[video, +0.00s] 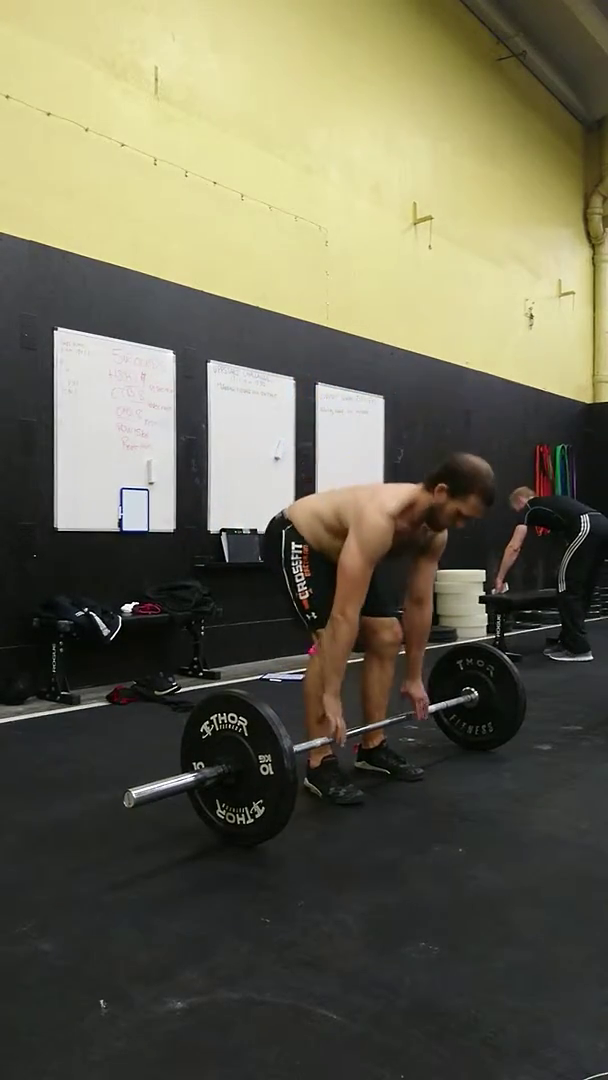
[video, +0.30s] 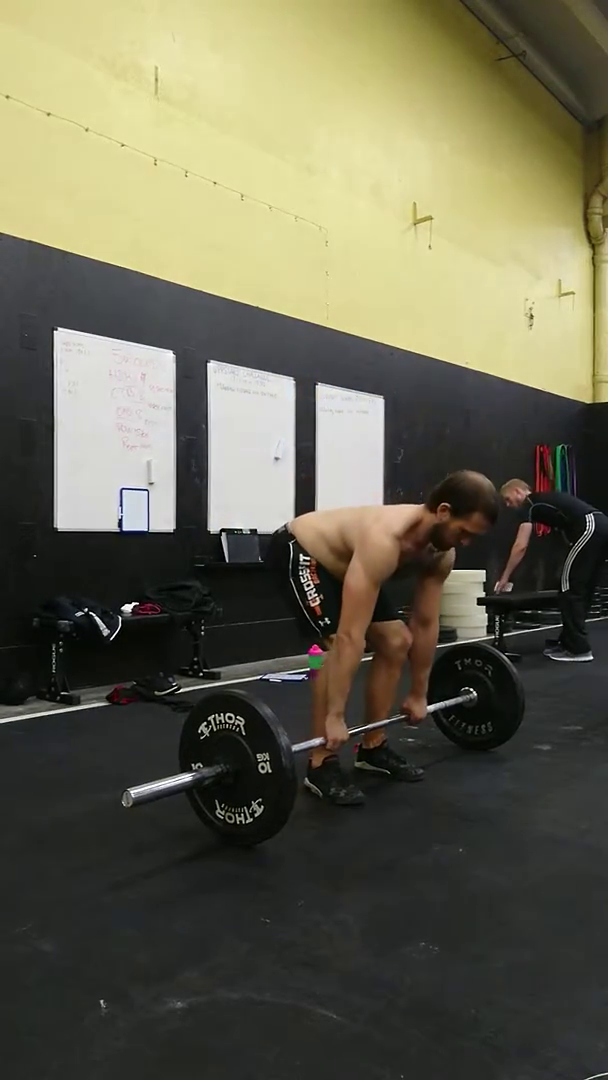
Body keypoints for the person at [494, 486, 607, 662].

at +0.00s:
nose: (519, 512)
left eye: (518, 508)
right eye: (517, 509)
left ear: (521, 501)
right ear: (531, 497)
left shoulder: (531, 508)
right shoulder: (550, 502)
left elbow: (514, 547)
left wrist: (500, 578)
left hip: (587, 528)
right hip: (600, 525)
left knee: (567, 585)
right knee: (582, 586)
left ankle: (578, 648)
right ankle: (569, 641)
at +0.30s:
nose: (508, 505)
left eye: (508, 500)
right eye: (506, 502)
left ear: (519, 493)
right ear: (522, 492)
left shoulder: (530, 504)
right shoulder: (541, 499)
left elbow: (520, 546)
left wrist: (504, 578)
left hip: (590, 527)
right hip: (599, 525)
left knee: (569, 585)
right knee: (580, 586)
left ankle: (578, 648)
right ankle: (569, 642)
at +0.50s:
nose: (506, 483)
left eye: (507, 477)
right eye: (503, 481)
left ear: (521, 470)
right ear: (522, 473)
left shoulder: (533, 487)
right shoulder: (541, 486)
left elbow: (540, 529)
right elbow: (567, 526)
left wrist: (525, 559)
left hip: (593, 525)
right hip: (590, 525)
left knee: (574, 582)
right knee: (572, 582)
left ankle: (578, 647)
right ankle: (570, 641)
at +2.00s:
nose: (517, 456)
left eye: (517, 450)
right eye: (514, 453)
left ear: (529, 443)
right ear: (525, 447)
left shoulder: (552, 459)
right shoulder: (540, 466)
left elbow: (559, 496)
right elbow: (552, 506)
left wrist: (539, 526)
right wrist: (549, 538)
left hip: (579, 524)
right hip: (564, 528)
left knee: (571, 582)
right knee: (560, 583)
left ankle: (582, 646)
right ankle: (566, 641)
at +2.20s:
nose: (536, 437)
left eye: (539, 431)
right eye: (533, 435)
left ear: (550, 429)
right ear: (532, 438)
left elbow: (573, 490)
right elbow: (550, 497)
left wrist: (546, 515)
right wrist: (545, 527)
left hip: (577, 522)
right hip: (558, 524)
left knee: (573, 582)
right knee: (559, 583)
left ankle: (578, 647)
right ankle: (565, 639)